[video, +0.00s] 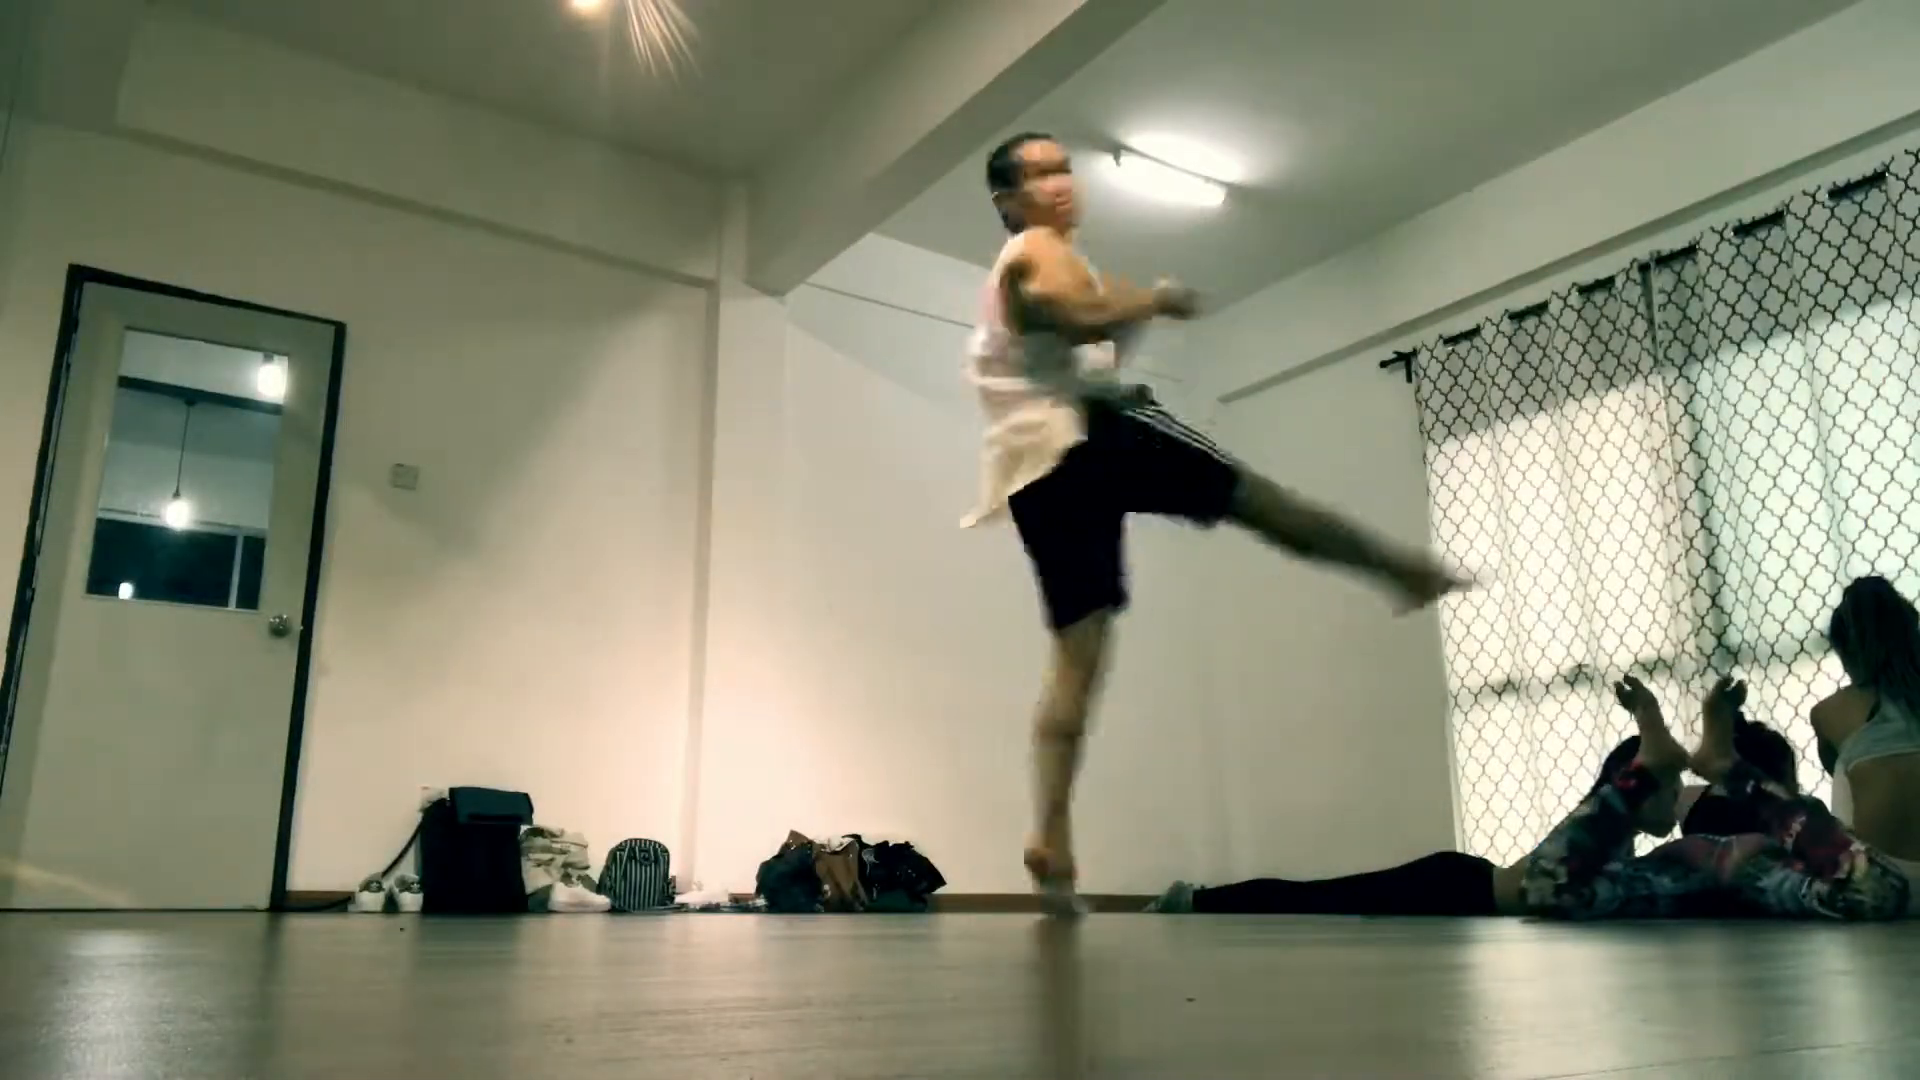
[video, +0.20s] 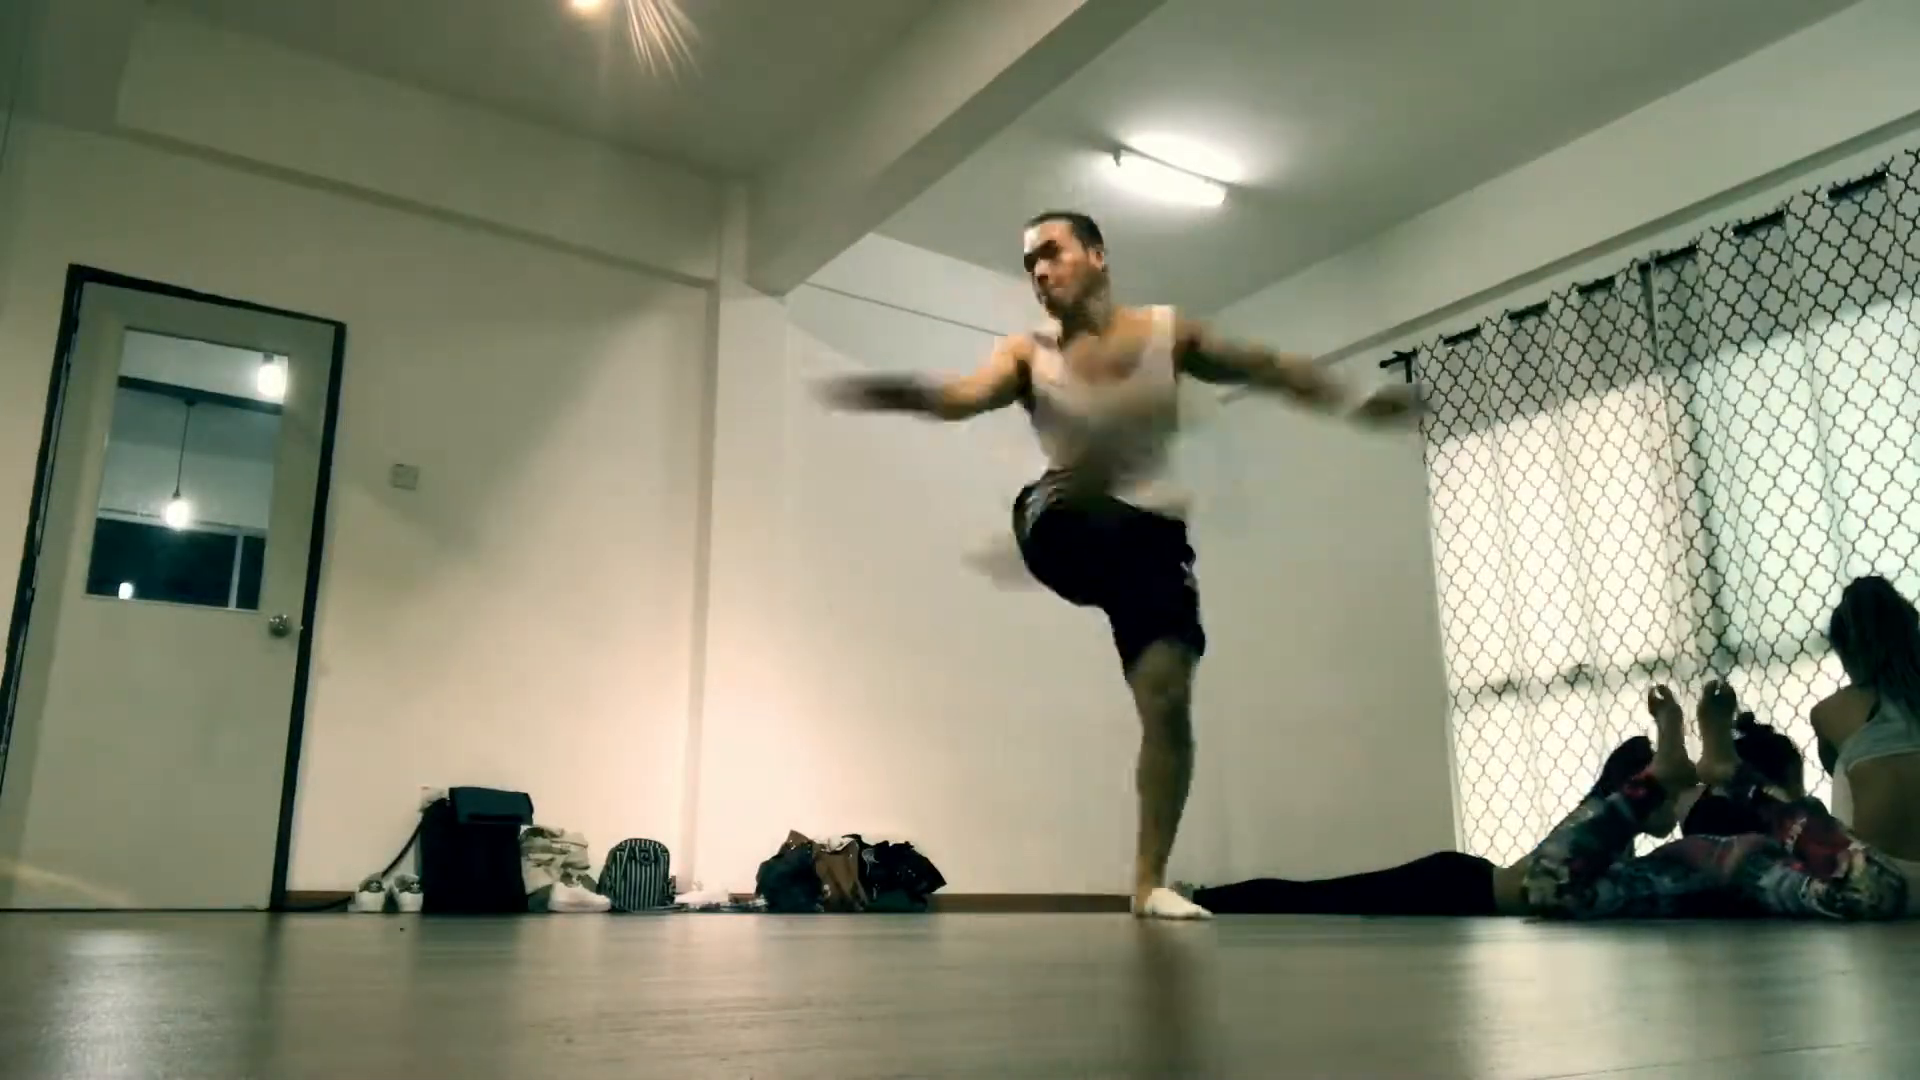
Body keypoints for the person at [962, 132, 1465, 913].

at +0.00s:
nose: (1066, 184)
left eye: (1065, 170)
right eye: (1047, 175)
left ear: (1061, 180)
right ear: (1010, 197)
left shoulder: (1013, 271)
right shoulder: (1036, 247)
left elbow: (1041, 358)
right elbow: (1058, 301)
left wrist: (1111, 329)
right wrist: (1150, 300)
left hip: (1035, 477)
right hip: (1085, 444)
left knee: (1078, 654)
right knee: (1255, 499)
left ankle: (1050, 839)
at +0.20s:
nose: (1038, 270)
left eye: (1051, 254)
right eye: (1030, 262)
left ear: (1097, 258)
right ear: (1031, 279)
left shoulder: (1166, 333)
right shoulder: (1027, 354)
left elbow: (1269, 370)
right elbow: (959, 398)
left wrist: (1354, 402)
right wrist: (889, 395)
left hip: (1147, 535)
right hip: (1064, 536)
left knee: (1168, 704)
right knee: (1060, 495)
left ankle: (1150, 885)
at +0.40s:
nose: (1016, 196)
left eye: (1028, 178)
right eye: (1011, 185)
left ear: (1077, 178)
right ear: (1027, 201)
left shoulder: (1138, 232)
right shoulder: (1043, 303)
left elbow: (1251, 205)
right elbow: (972, 394)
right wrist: (883, 446)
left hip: (1152, 474)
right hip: (1077, 459)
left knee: (1120, 654)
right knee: (937, 514)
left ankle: (1162, 854)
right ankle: (765, 554)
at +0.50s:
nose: (1001, 183)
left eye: (1017, 167)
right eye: (997, 174)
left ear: (1065, 173)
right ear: (1011, 194)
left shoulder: (1093, 224)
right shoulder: (1034, 287)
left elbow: (1157, 222)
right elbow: (1037, 406)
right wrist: (958, 470)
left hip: (1128, 458)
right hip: (1076, 460)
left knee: (1102, 659)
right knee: (982, 543)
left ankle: (1100, 852)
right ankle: (873, 609)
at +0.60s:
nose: (990, 182)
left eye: (1006, 167)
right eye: (989, 171)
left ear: (1055, 179)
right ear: (1051, 190)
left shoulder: (1037, 229)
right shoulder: (1076, 250)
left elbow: (1018, 294)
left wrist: (885, 318)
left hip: (1076, 471)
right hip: (1120, 468)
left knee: (1093, 668)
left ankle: (1108, 863)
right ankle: (1064, 624)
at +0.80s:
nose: (1042, 180)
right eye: (1046, 166)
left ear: (976, 178)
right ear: (1043, 168)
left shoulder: (938, 262)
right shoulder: (1058, 221)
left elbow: (937, 369)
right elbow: (1158, 259)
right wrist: (1146, 294)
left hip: (979, 468)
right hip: (1074, 432)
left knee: (1026, 657)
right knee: (1223, 546)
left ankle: (1058, 847)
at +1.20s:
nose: (983, 172)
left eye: (998, 156)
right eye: (977, 163)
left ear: (1050, 166)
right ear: (984, 184)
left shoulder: (1115, 238)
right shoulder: (977, 282)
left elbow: (1255, 233)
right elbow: (870, 332)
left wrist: (1381, 215)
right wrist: (764, 353)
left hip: (1072, 485)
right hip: (990, 451)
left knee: (1043, 679)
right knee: (847, 431)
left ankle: (1018, 878)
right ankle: (668, 403)